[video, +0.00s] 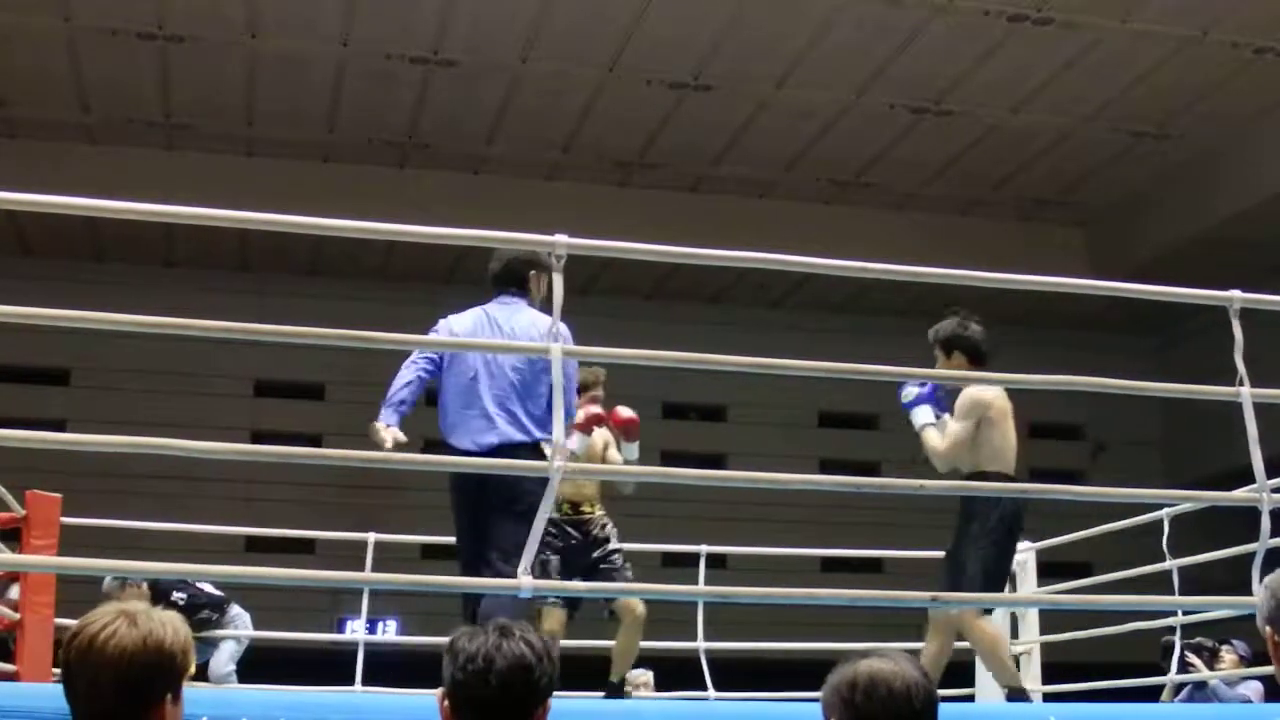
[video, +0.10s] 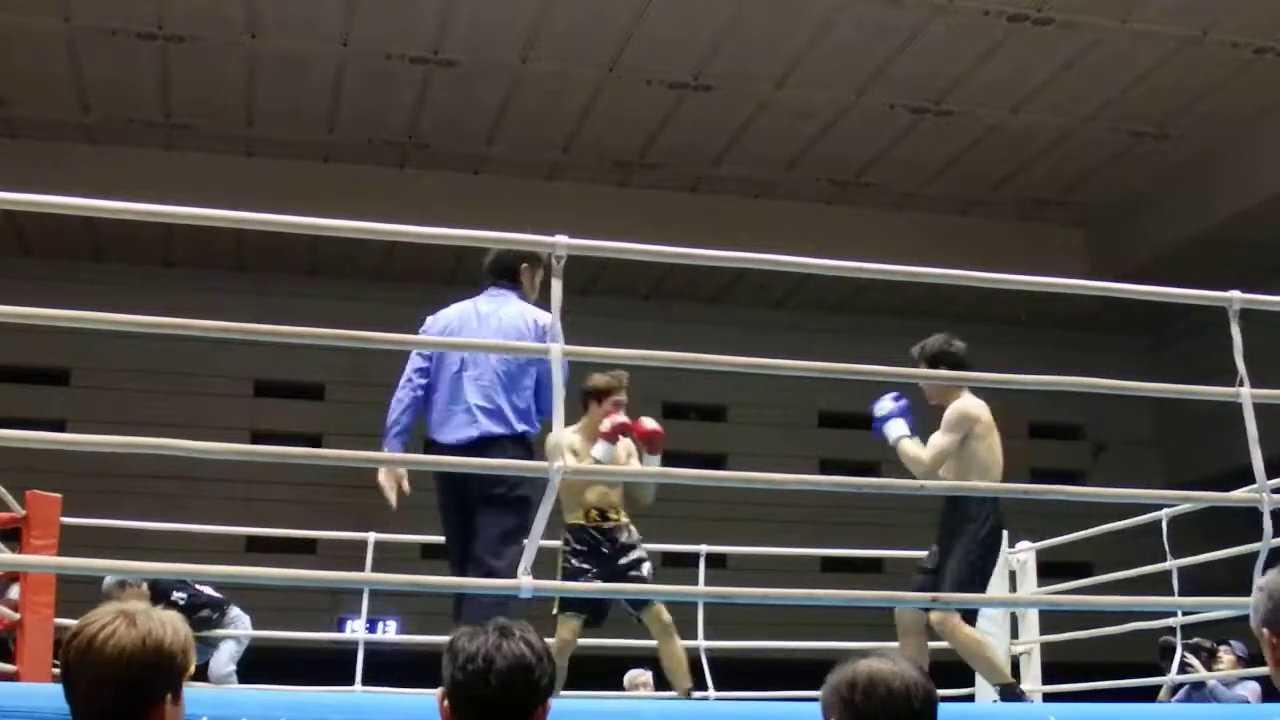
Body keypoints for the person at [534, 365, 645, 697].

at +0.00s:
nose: (598, 404)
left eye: (601, 397)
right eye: (592, 397)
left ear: (603, 398)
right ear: (573, 397)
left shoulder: (605, 433)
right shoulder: (552, 428)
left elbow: (625, 484)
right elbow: (554, 469)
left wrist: (629, 442)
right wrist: (580, 433)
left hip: (596, 519)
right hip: (556, 519)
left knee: (634, 612)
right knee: (553, 623)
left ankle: (614, 692)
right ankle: (540, 698)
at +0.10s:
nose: (621, 412)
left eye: (624, 405)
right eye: (615, 404)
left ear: (624, 408)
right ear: (593, 403)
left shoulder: (624, 444)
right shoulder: (561, 439)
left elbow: (643, 496)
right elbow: (571, 486)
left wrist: (652, 456)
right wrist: (604, 445)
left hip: (622, 534)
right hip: (581, 538)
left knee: (662, 620)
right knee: (566, 636)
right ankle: (548, 705)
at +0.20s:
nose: (648, 424)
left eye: (652, 417)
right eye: (643, 416)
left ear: (654, 419)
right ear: (622, 415)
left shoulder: (651, 455)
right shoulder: (590, 453)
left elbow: (672, 506)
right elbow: (605, 491)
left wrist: (676, 462)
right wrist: (640, 456)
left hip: (649, 552)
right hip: (608, 555)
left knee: (696, 630)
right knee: (587, 647)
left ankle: (719, 706)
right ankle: (553, 709)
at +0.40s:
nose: (687, 421)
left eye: (692, 415)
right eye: (683, 413)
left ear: (691, 419)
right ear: (661, 410)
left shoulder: (679, 448)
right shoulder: (622, 443)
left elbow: (715, 479)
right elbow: (632, 496)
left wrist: (717, 433)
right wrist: (669, 450)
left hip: (664, 548)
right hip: (623, 548)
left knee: (703, 627)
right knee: (605, 640)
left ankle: (721, 705)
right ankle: (569, 701)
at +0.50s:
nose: (681, 412)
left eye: (686, 405)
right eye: (676, 403)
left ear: (688, 409)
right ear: (654, 401)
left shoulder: (678, 442)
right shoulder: (619, 436)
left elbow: (711, 483)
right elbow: (633, 480)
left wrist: (723, 441)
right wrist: (669, 445)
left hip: (663, 541)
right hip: (623, 540)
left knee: (699, 627)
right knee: (600, 636)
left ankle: (719, 705)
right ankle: (578, 708)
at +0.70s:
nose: (680, 411)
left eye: (683, 404)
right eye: (674, 403)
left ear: (682, 406)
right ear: (651, 403)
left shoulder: (681, 445)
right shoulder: (619, 440)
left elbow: (693, 501)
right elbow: (627, 493)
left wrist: (709, 465)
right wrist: (666, 455)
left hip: (675, 542)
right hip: (631, 543)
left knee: (724, 617)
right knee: (602, 638)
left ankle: (743, 701)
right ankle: (577, 710)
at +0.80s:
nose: (691, 404)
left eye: (695, 398)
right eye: (685, 397)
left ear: (698, 400)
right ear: (664, 397)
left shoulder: (700, 436)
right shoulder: (632, 432)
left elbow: (736, 468)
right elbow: (640, 473)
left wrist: (740, 435)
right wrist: (674, 438)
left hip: (688, 543)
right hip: (643, 542)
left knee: (730, 622)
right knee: (608, 636)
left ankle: (763, 699)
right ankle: (580, 707)